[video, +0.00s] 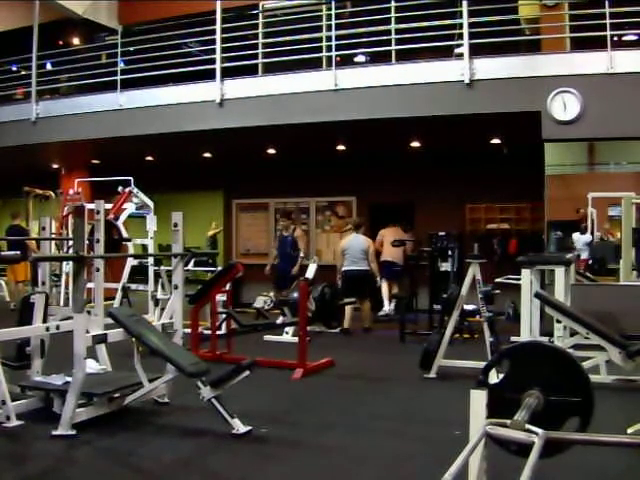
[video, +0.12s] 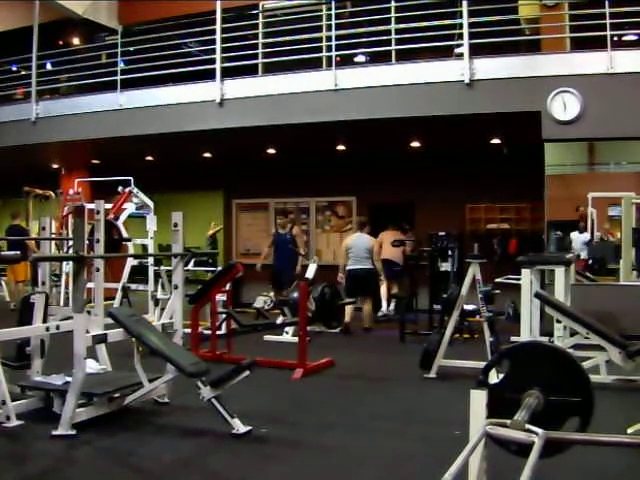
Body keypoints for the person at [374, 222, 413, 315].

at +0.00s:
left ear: (390, 223)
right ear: (400, 224)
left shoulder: (383, 232)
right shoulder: (404, 234)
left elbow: (377, 245)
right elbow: (409, 248)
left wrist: (384, 251)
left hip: (386, 258)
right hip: (399, 260)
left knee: (384, 281)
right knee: (395, 283)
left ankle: (386, 306)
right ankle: (392, 305)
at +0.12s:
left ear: (388, 227)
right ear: (399, 227)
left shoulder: (383, 235)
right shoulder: (402, 236)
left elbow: (376, 248)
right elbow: (407, 250)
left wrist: (376, 258)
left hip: (385, 258)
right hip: (398, 260)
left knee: (384, 281)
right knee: (395, 283)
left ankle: (384, 307)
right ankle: (392, 307)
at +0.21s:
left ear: (387, 229)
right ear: (398, 230)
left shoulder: (383, 237)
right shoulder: (402, 238)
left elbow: (377, 251)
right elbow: (407, 251)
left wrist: (378, 260)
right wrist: (409, 242)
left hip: (385, 259)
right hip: (398, 262)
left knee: (383, 283)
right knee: (395, 284)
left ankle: (383, 307)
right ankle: (392, 307)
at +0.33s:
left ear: (387, 232)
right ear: (398, 232)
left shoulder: (382, 240)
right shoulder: (401, 240)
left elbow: (380, 253)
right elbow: (407, 252)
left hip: (384, 262)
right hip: (397, 264)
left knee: (383, 282)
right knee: (395, 285)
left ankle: (383, 307)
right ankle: (392, 307)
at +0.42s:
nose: (389, 234)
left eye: (389, 233)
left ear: (387, 233)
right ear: (397, 233)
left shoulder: (383, 241)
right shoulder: (402, 242)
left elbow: (380, 253)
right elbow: (407, 254)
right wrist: (407, 263)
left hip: (385, 263)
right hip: (397, 265)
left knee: (383, 288)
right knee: (394, 284)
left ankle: (383, 307)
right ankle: (392, 307)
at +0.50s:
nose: (391, 235)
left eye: (390, 233)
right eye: (392, 233)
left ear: (387, 234)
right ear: (397, 233)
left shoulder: (384, 243)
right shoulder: (402, 244)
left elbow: (381, 254)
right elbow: (407, 255)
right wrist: (407, 263)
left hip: (385, 264)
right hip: (397, 266)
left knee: (383, 290)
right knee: (394, 285)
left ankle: (383, 308)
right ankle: (392, 307)